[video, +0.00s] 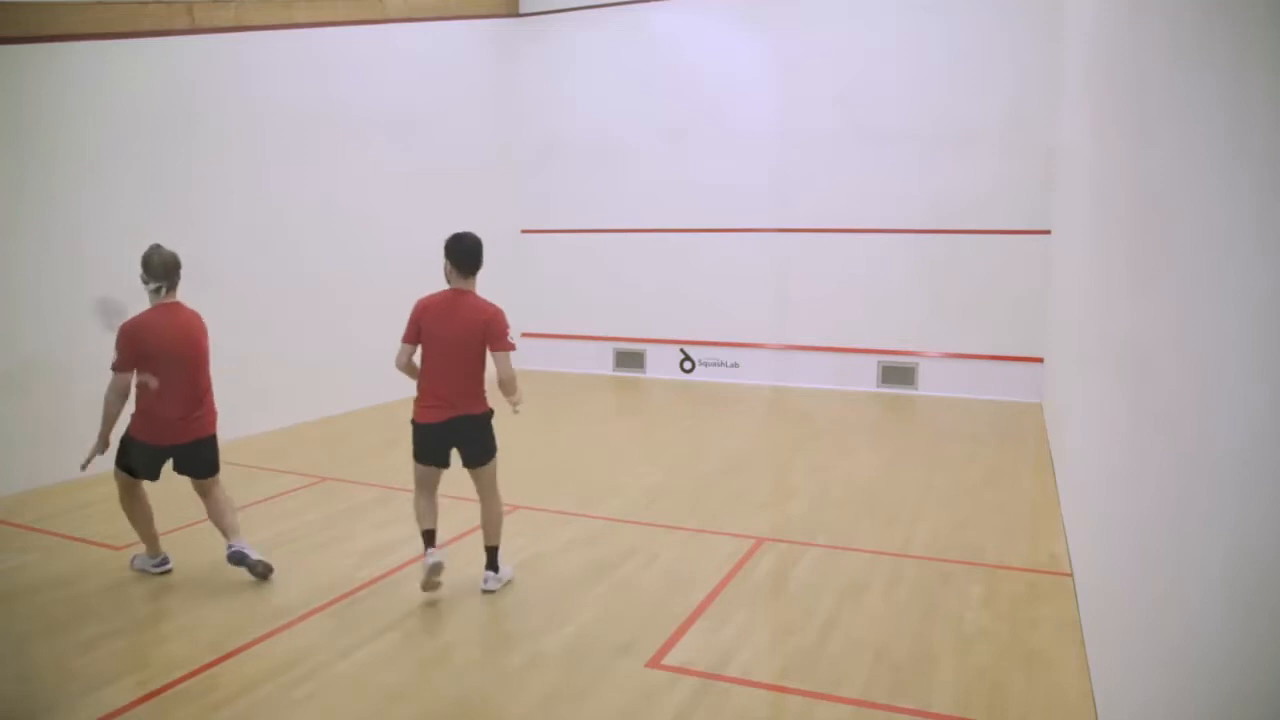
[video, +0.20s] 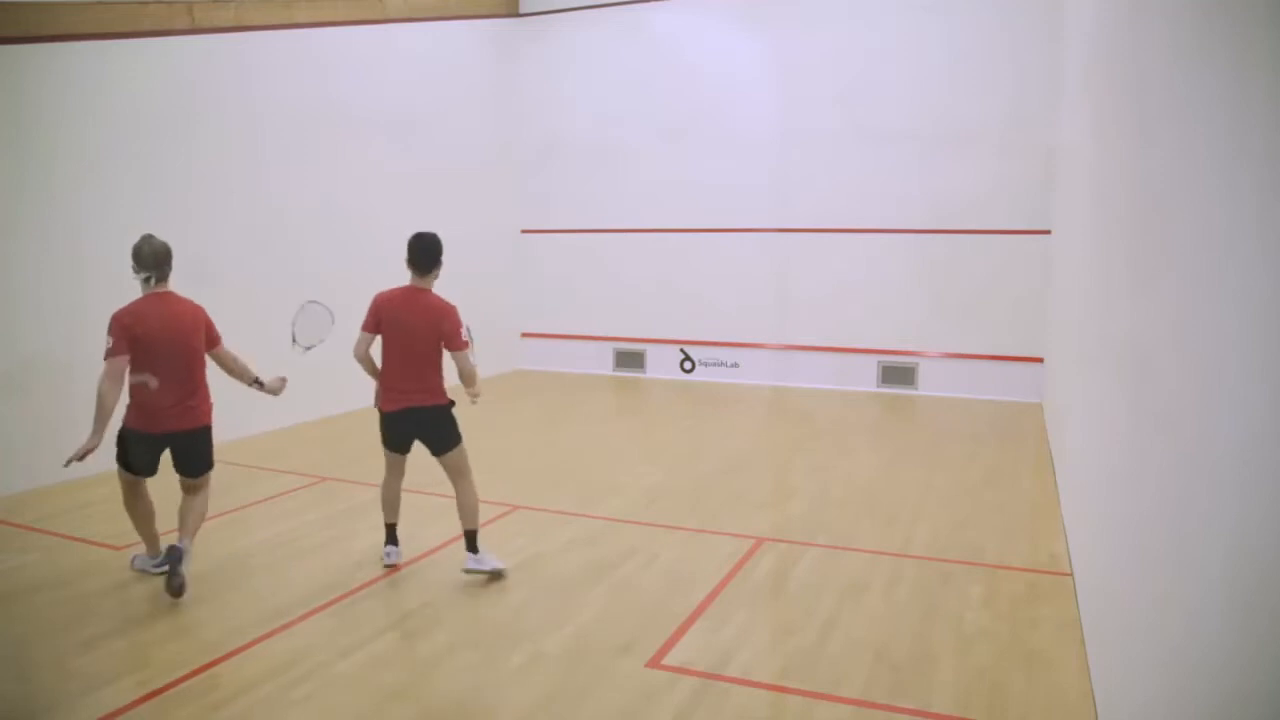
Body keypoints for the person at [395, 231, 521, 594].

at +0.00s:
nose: (443, 268)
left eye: (444, 263)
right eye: (449, 263)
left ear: (448, 267)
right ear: (480, 267)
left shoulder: (426, 307)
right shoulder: (490, 314)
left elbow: (403, 362)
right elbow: (504, 376)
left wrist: (426, 378)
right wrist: (512, 395)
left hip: (429, 419)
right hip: (473, 419)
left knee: (425, 490)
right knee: (488, 494)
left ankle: (431, 551)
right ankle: (492, 569)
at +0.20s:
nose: (439, 266)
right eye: (440, 262)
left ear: (408, 263)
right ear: (439, 266)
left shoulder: (383, 302)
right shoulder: (443, 311)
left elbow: (360, 351)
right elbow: (464, 368)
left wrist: (381, 378)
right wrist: (472, 387)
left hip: (392, 410)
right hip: (432, 410)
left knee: (393, 474)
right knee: (461, 477)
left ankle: (391, 545)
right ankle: (473, 552)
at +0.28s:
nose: (429, 258)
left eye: (426, 253)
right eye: (428, 254)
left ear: (395, 257)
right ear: (425, 258)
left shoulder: (373, 293)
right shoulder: (432, 302)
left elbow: (348, 341)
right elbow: (448, 359)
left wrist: (366, 369)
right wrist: (456, 381)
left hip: (378, 398)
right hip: (417, 399)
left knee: (380, 464)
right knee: (447, 462)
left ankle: (382, 532)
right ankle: (443, 540)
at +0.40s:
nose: (410, 264)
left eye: (407, 259)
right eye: (409, 260)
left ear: (377, 264)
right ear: (406, 264)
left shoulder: (357, 298)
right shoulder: (419, 306)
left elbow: (332, 344)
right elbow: (433, 362)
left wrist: (346, 371)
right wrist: (439, 383)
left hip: (362, 400)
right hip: (401, 401)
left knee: (351, 454)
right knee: (430, 458)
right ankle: (424, 530)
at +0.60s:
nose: (407, 294)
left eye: (405, 289)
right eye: (405, 289)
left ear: (376, 296)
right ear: (402, 294)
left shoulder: (356, 329)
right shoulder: (411, 337)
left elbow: (330, 373)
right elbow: (419, 393)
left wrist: (331, 405)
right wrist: (440, 394)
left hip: (350, 428)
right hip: (387, 432)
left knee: (335, 472)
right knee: (429, 460)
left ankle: (297, 530)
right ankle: (403, 529)